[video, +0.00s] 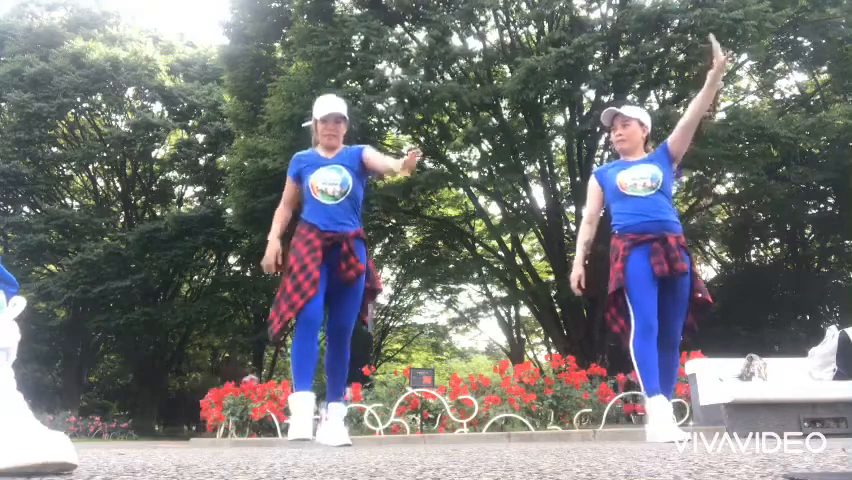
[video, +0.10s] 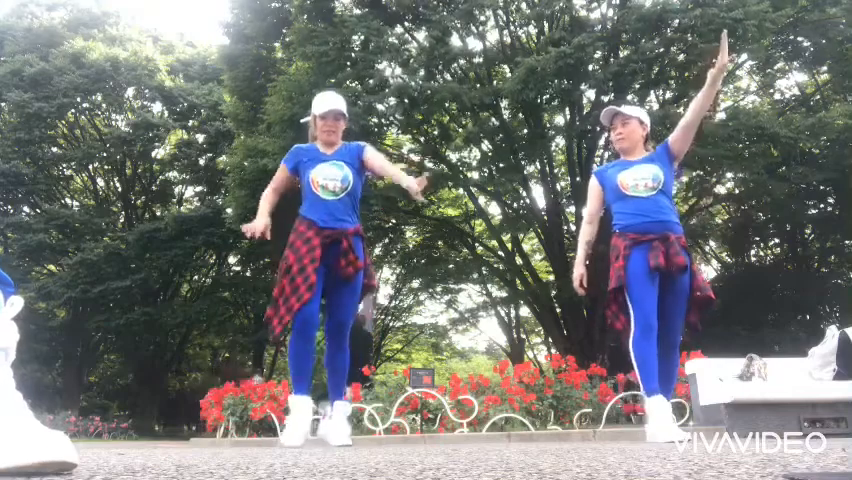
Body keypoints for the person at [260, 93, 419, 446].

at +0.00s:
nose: (332, 127)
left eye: (338, 121)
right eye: (325, 120)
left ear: (347, 126)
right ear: (313, 125)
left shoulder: (359, 154)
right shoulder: (301, 161)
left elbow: (386, 164)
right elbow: (287, 205)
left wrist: (403, 165)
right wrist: (273, 240)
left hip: (350, 249)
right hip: (310, 248)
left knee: (342, 330)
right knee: (309, 320)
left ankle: (334, 417)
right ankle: (301, 409)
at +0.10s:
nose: (331, 123)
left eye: (337, 117)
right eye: (324, 117)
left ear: (345, 121)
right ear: (313, 121)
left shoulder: (358, 151)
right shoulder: (300, 153)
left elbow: (386, 168)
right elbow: (274, 189)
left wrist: (407, 181)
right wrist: (262, 216)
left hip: (347, 246)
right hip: (308, 245)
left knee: (340, 328)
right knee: (304, 322)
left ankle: (337, 414)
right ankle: (299, 409)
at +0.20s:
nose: (329, 130)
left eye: (336, 123)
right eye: (323, 123)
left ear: (344, 127)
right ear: (311, 126)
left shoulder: (356, 158)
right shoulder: (296, 154)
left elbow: (385, 190)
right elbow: (261, 169)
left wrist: (413, 220)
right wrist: (250, 174)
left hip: (342, 250)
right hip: (302, 249)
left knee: (340, 328)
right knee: (302, 330)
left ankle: (335, 415)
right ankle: (296, 416)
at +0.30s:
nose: (325, 138)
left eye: (331, 132)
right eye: (319, 131)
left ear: (339, 135)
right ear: (307, 133)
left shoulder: (353, 170)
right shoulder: (294, 159)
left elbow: (376, 212)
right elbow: (258, 161)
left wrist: (393, 254)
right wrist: (252, 157)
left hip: (338, 253)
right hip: (298, 254)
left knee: (346, 316)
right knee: (298, 332)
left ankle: (341, 402)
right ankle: (296, 414)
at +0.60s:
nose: (328, 147)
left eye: (334, 141)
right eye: (322, 140)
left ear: (339, 146)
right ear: (307, 143)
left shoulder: (350, 183)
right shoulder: (287, 176)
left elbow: (353, 230)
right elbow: (300, 185)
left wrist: (347, 262)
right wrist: (304, 154)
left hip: (342, 254)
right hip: (302, 256)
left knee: (347, 313)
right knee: (298, 337)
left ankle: (353, 408)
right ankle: (295, 419)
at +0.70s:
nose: (330, 145)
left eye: (334, 139)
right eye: (322, 139)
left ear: (338, 144)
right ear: (304, 142)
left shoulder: (347, 183)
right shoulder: (286, 174)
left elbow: (353, 230)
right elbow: (295, 186)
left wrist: (354, 268)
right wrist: (306, 165)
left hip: (342, 254)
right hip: (301, 255)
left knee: (349, 313)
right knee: (296, 337)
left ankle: (353, 408)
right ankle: (296, 418)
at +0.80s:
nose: (334, 137)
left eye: (335, 132)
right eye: (328, 131)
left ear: (332, 136)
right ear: (308, 134)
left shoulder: (344, 178)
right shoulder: (289, 171)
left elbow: (351, 225)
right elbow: (276, 214)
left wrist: (358, 257)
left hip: (336, 245)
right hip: (296, 245)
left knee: (343, 318)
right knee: (294, 326)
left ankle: (352, 404)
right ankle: (295, 409)